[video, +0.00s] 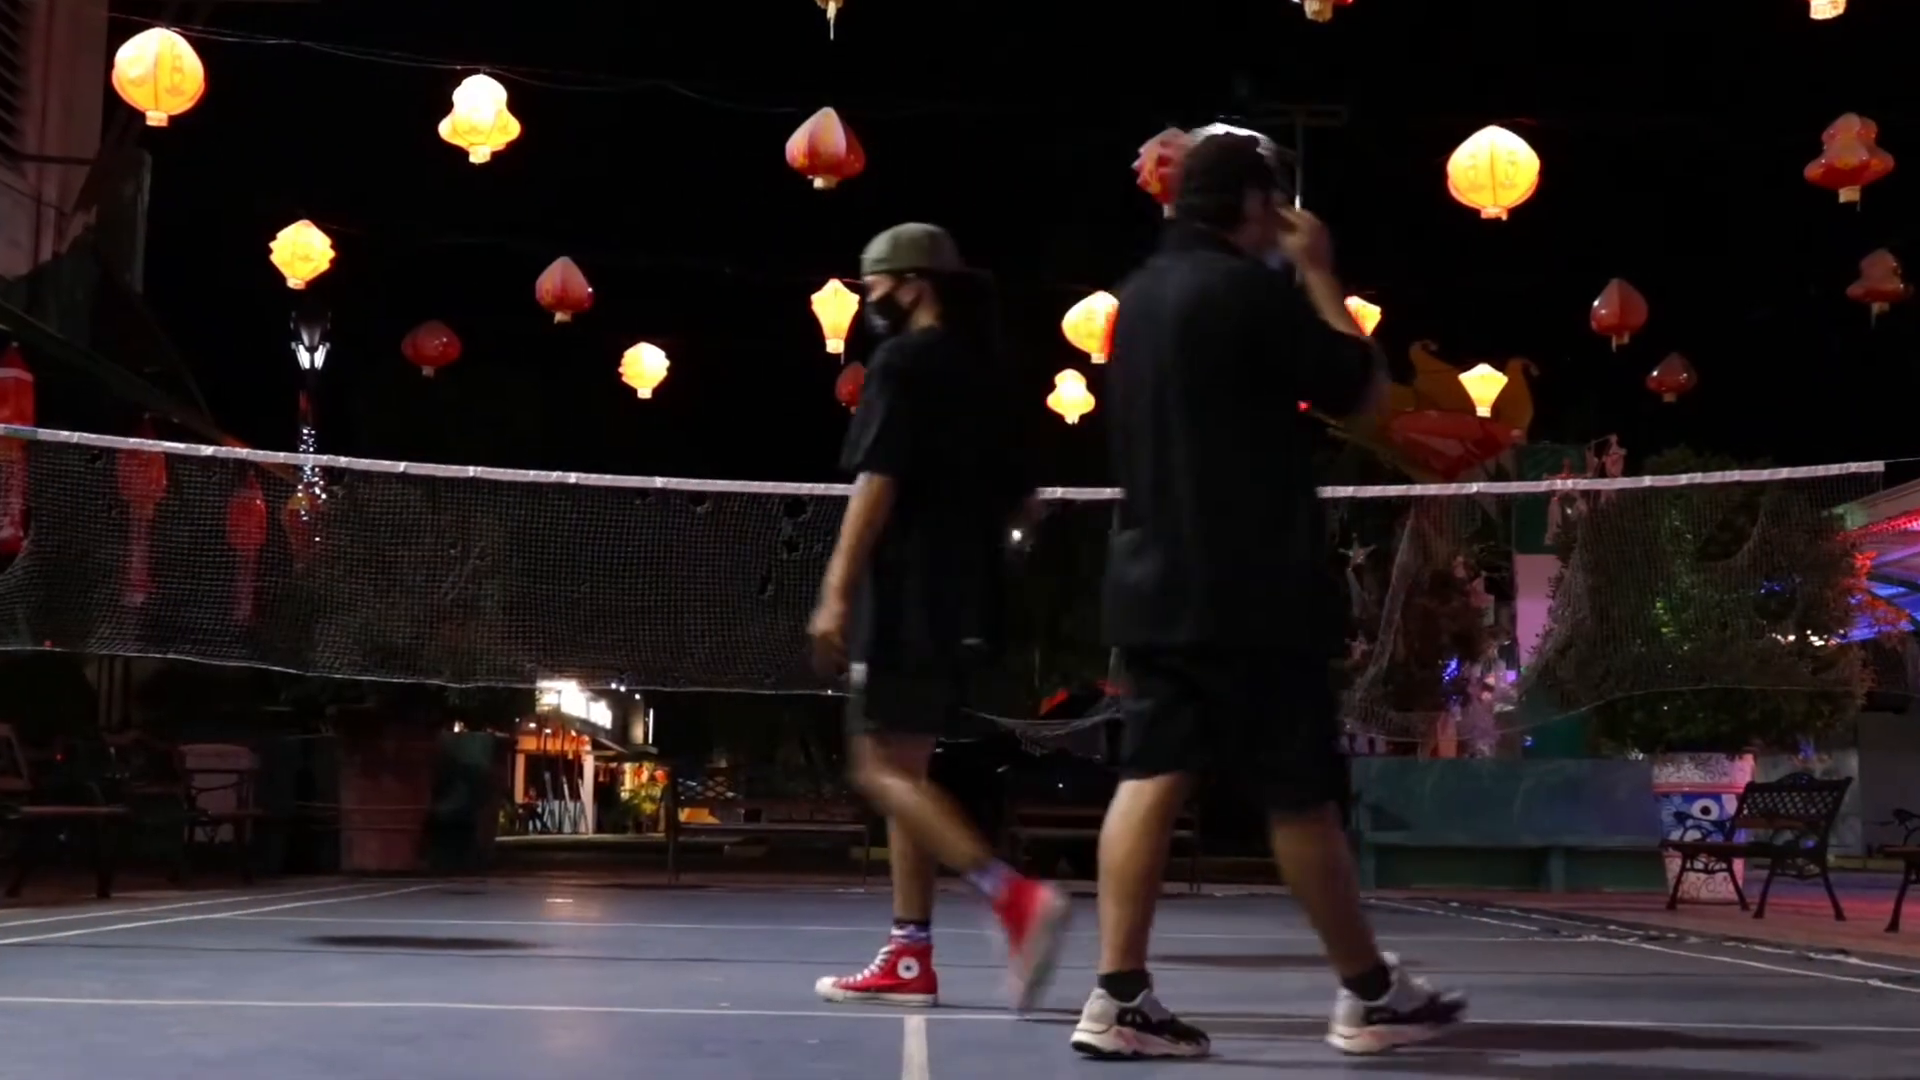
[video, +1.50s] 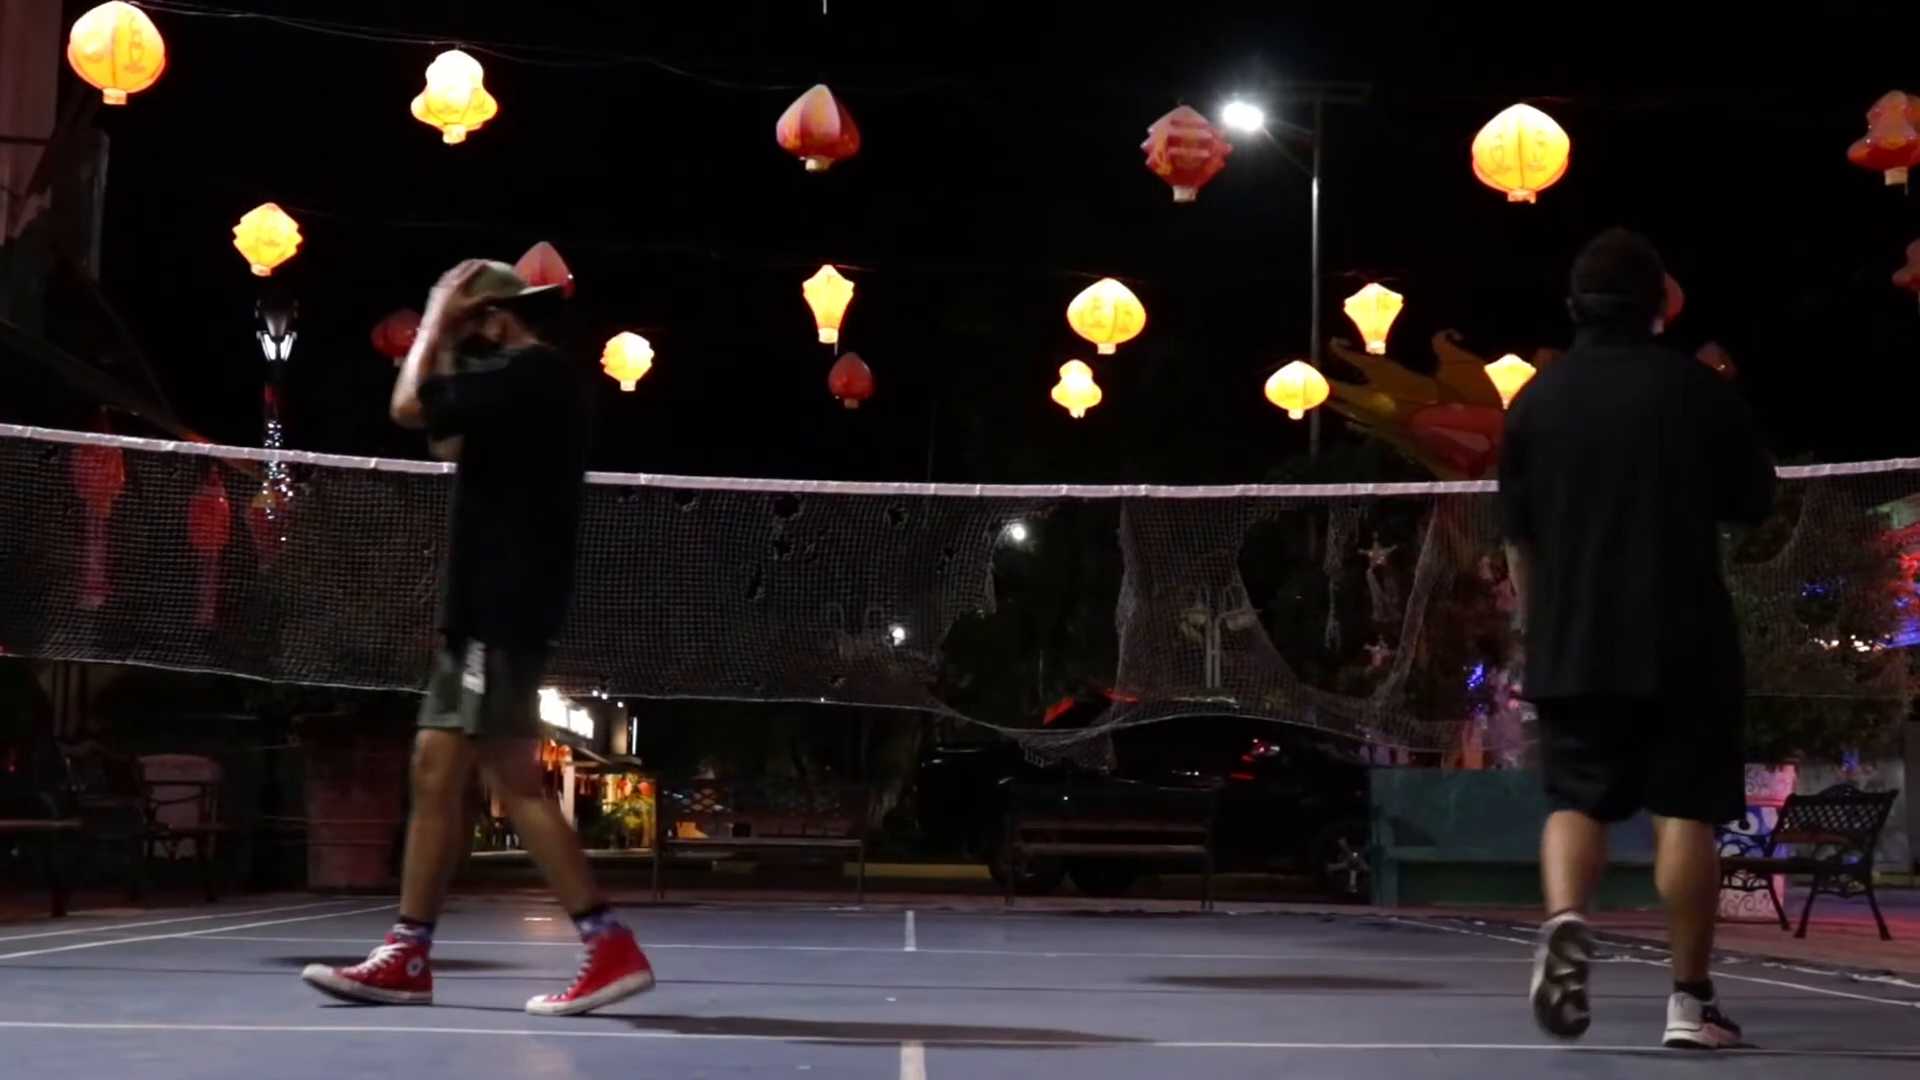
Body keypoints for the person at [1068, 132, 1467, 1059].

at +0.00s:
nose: (1286, 217)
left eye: (1283, 200)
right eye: (1280, 200)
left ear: (1183, 205)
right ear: (1252, 206)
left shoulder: (1141, 296)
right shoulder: (1253, 294)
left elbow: (1136, 433)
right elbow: (1359, 391)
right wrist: (1319, 274)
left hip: (1154, 586)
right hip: (1256, 588)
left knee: (1150, 775)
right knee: (1298, 793)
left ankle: (1117, 994)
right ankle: (1371, 990)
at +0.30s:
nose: (1391, 225)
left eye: (1387, 213)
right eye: (1385, 213)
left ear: (1290, 217)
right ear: (1370, 221)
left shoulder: (1247, 313)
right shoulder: (1387, 301)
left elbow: (1308, 407)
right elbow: (1474, 404)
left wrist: (1372, 286)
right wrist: (1435, 301)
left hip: (1282, 585)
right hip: (1387, 583)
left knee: (1300, 775)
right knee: (1378, 791)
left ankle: (1204, 919)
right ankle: (1380, 1004)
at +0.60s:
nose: (1481, 252)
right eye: (1476, 240)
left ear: (1384, 250)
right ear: (1467, 247)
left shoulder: (1344, 351)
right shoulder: (1503, 332)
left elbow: (1304, 477)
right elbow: (1597, 438)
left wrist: (1372, 514)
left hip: (1378, 599)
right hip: (1482, 595)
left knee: (1439, 803)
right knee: (1435, 795)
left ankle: (1503, 992)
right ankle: (1387, 1001)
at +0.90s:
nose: (1538, 259)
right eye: (1532, 247)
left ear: (1442, 265)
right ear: (1526, 257)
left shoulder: (1406, 362)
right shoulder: (1573, 347)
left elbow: (1360, 497)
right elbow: (1627, 487)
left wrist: (1402, 593)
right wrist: (1656, 598)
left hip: (1448, 614)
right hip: (1557, 608)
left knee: (1483, 789)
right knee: (1596, 775)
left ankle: (1506, 1009)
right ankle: (1513, 918)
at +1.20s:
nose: (1613, 292)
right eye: (1611, 279)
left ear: (1517, 287)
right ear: (1600, 285)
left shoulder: (1477, 385)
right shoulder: (1632, 373)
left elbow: (1461, 518)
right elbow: (1682, 512)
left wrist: (1511, 584)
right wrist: (1694, 623)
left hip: (1509, 629)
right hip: (1622, 627)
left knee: (1521, 801)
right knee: (1644, 815)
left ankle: (1521, 998)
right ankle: (1689, 991)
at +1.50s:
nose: (1677, 296)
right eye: (1669, 286)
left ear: (1579, 306)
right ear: (1662, 302)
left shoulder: (1539, 399)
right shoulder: (1697, 392)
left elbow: (1519, 533)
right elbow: (1752, 504)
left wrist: (1531, 632)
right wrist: (1726, 394)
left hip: (1574, 638)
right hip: (1683, 637)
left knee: (1575, 795)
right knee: (1687, 809)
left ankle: (1564, 923)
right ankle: (1689, 1003)